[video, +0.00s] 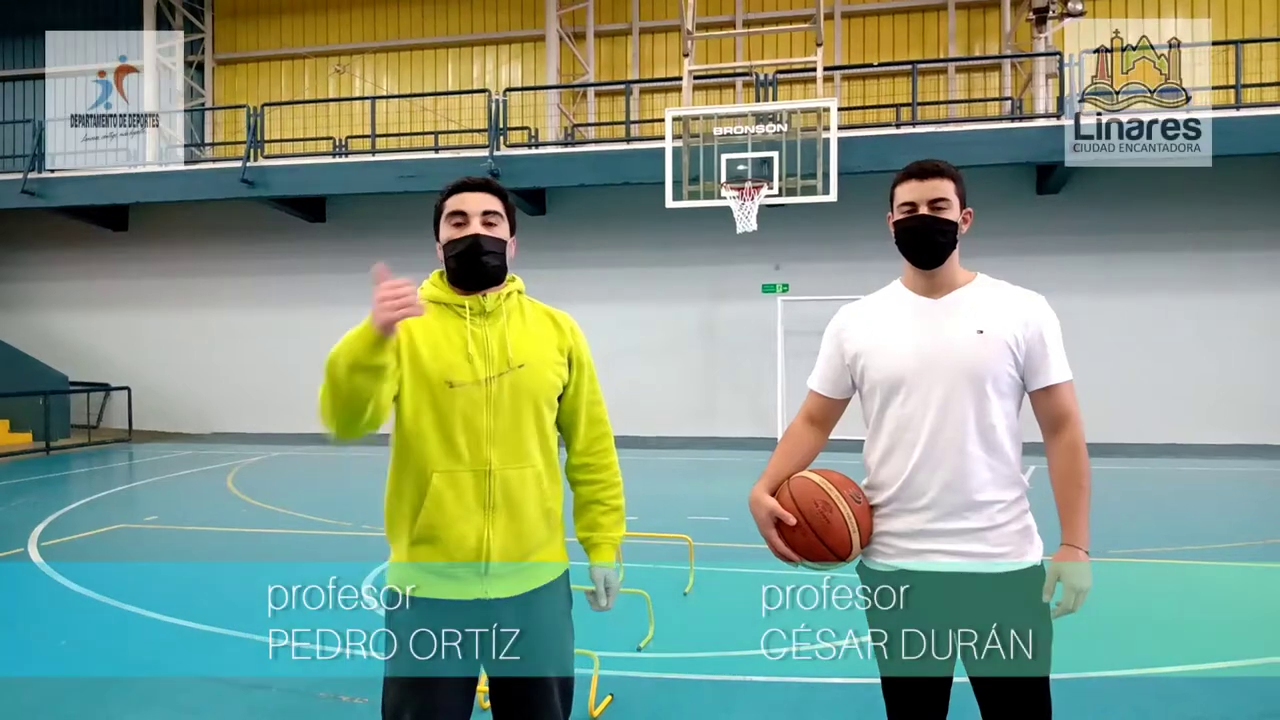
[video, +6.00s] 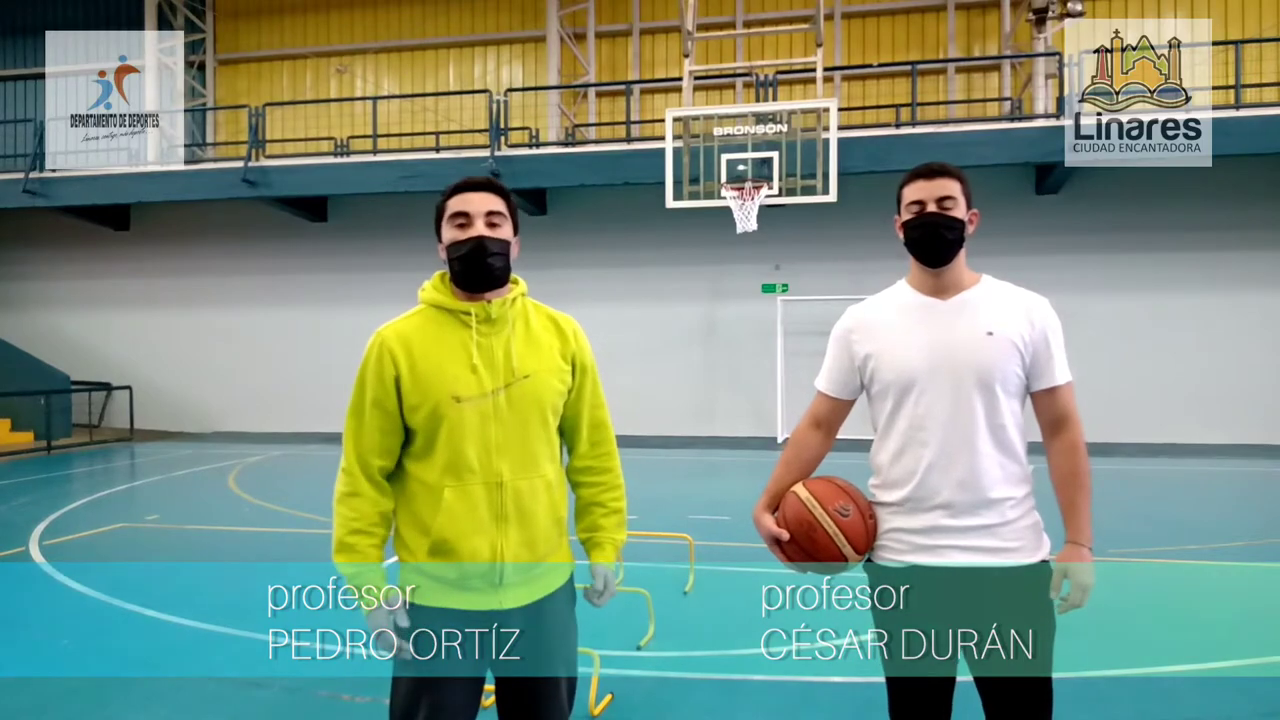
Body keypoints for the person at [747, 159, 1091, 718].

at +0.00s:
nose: (922, 218)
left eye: (938, 207)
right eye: (907, 209)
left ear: (965, 220)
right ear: (891, 226)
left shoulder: (1022, 313)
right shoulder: (855, 324)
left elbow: (1063, 430)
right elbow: (812, 423)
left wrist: (1074, 544)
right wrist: (762, 489)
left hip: (1003, 563)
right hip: (898, 565)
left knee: (1020, 709)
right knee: (912, 712)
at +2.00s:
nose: (925, 218)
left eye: (940, 207)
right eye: (910, 209)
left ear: (966, 220)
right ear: (893, 227)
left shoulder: (1022, 314)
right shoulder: (858, 324)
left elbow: (1060, 431)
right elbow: (815, 424)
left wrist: (1070, 545)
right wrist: (763, 492)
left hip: (1003, 561)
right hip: (900, 563)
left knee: (1018, 711)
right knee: (913, 713)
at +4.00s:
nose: (929, 217)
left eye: (945, 206)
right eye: (915, 208)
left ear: (971, 220)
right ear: (897, 226)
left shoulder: (1024, 315)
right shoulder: (860, 323)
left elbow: (1060, 432)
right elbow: (816, 425)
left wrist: (1072, 545)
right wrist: (761, 502)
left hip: (1005, 561)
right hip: (901, 562)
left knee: (1020, 710)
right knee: (914, 713)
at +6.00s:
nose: (931, 215)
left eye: (945, 204)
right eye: (916, 208)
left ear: (972, 220)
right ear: (898, 229)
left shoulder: (1026, 315)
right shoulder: (863, 324)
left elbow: (1062, 430)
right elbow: (818, 426)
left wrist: (1078, 542)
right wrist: (765, 505)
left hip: (1008, 559)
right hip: (906, 561)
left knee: (1022, 711)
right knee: (916, 712)